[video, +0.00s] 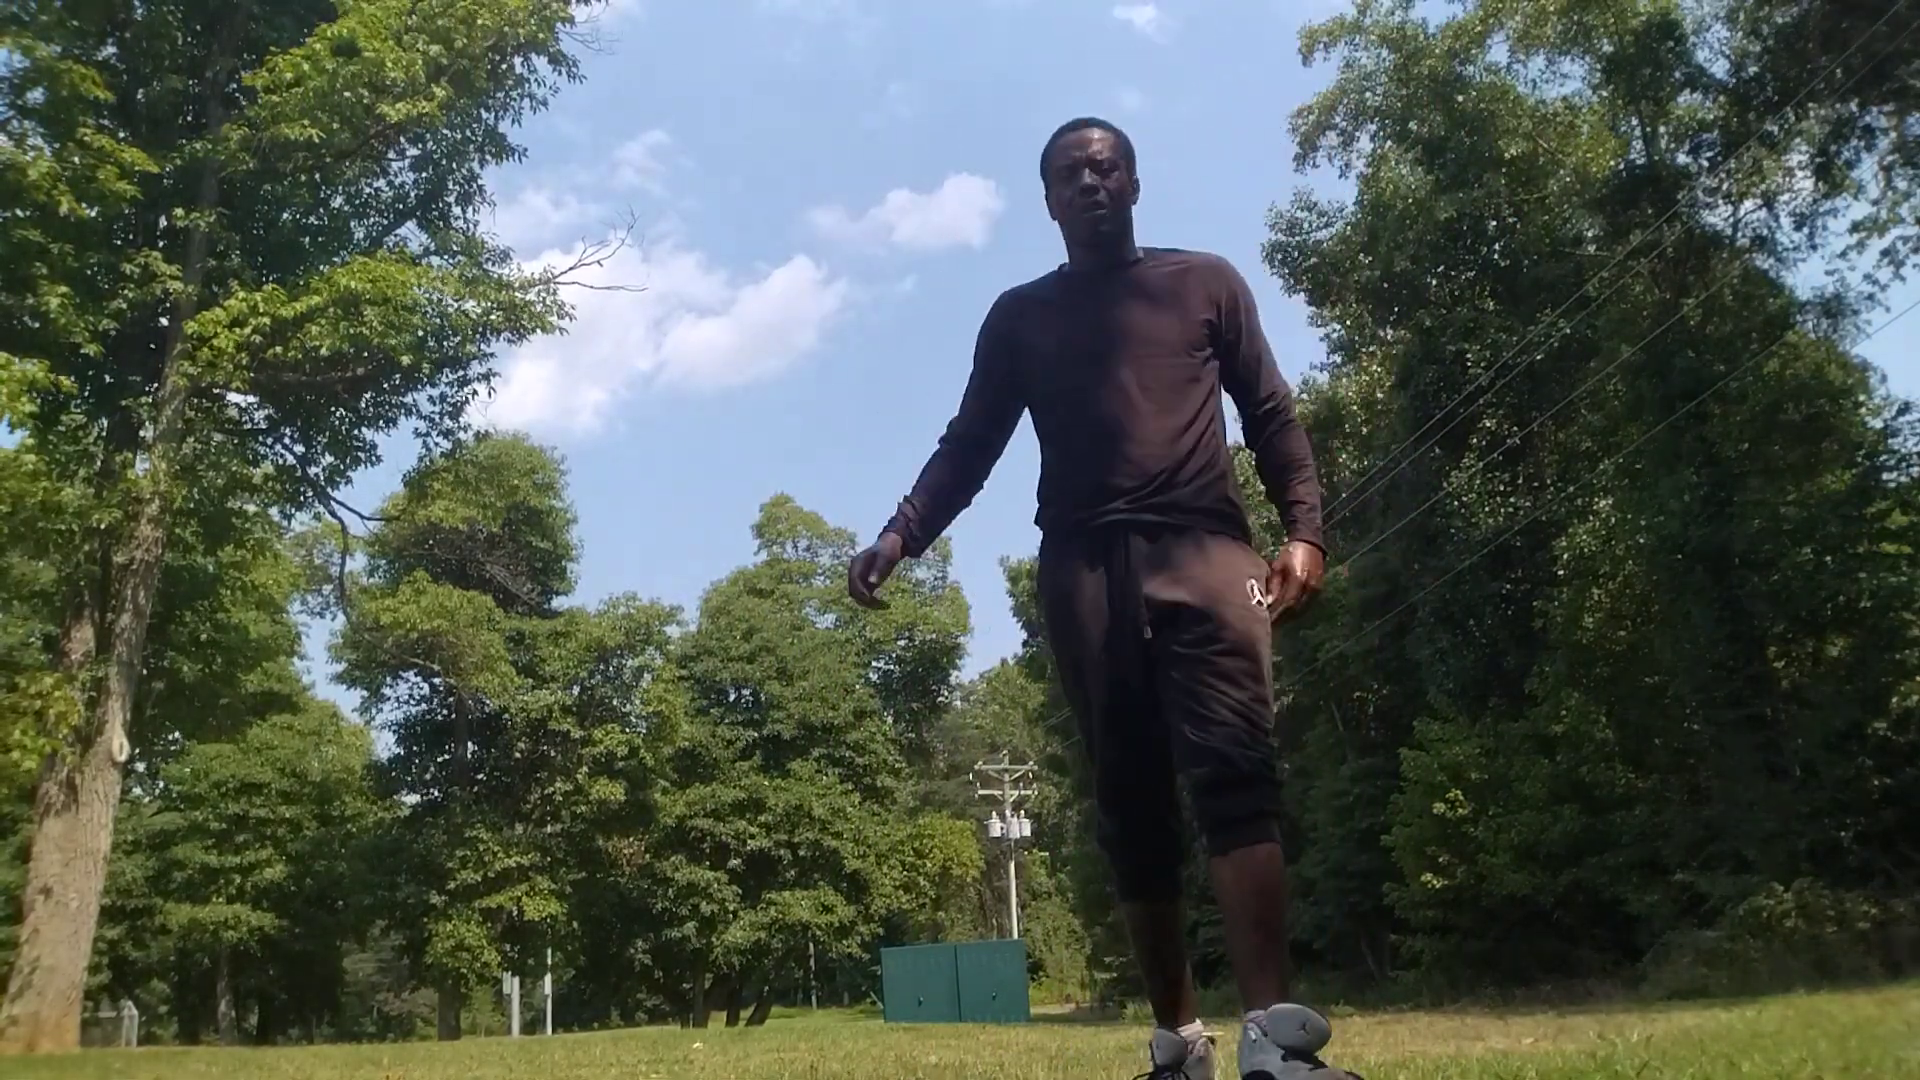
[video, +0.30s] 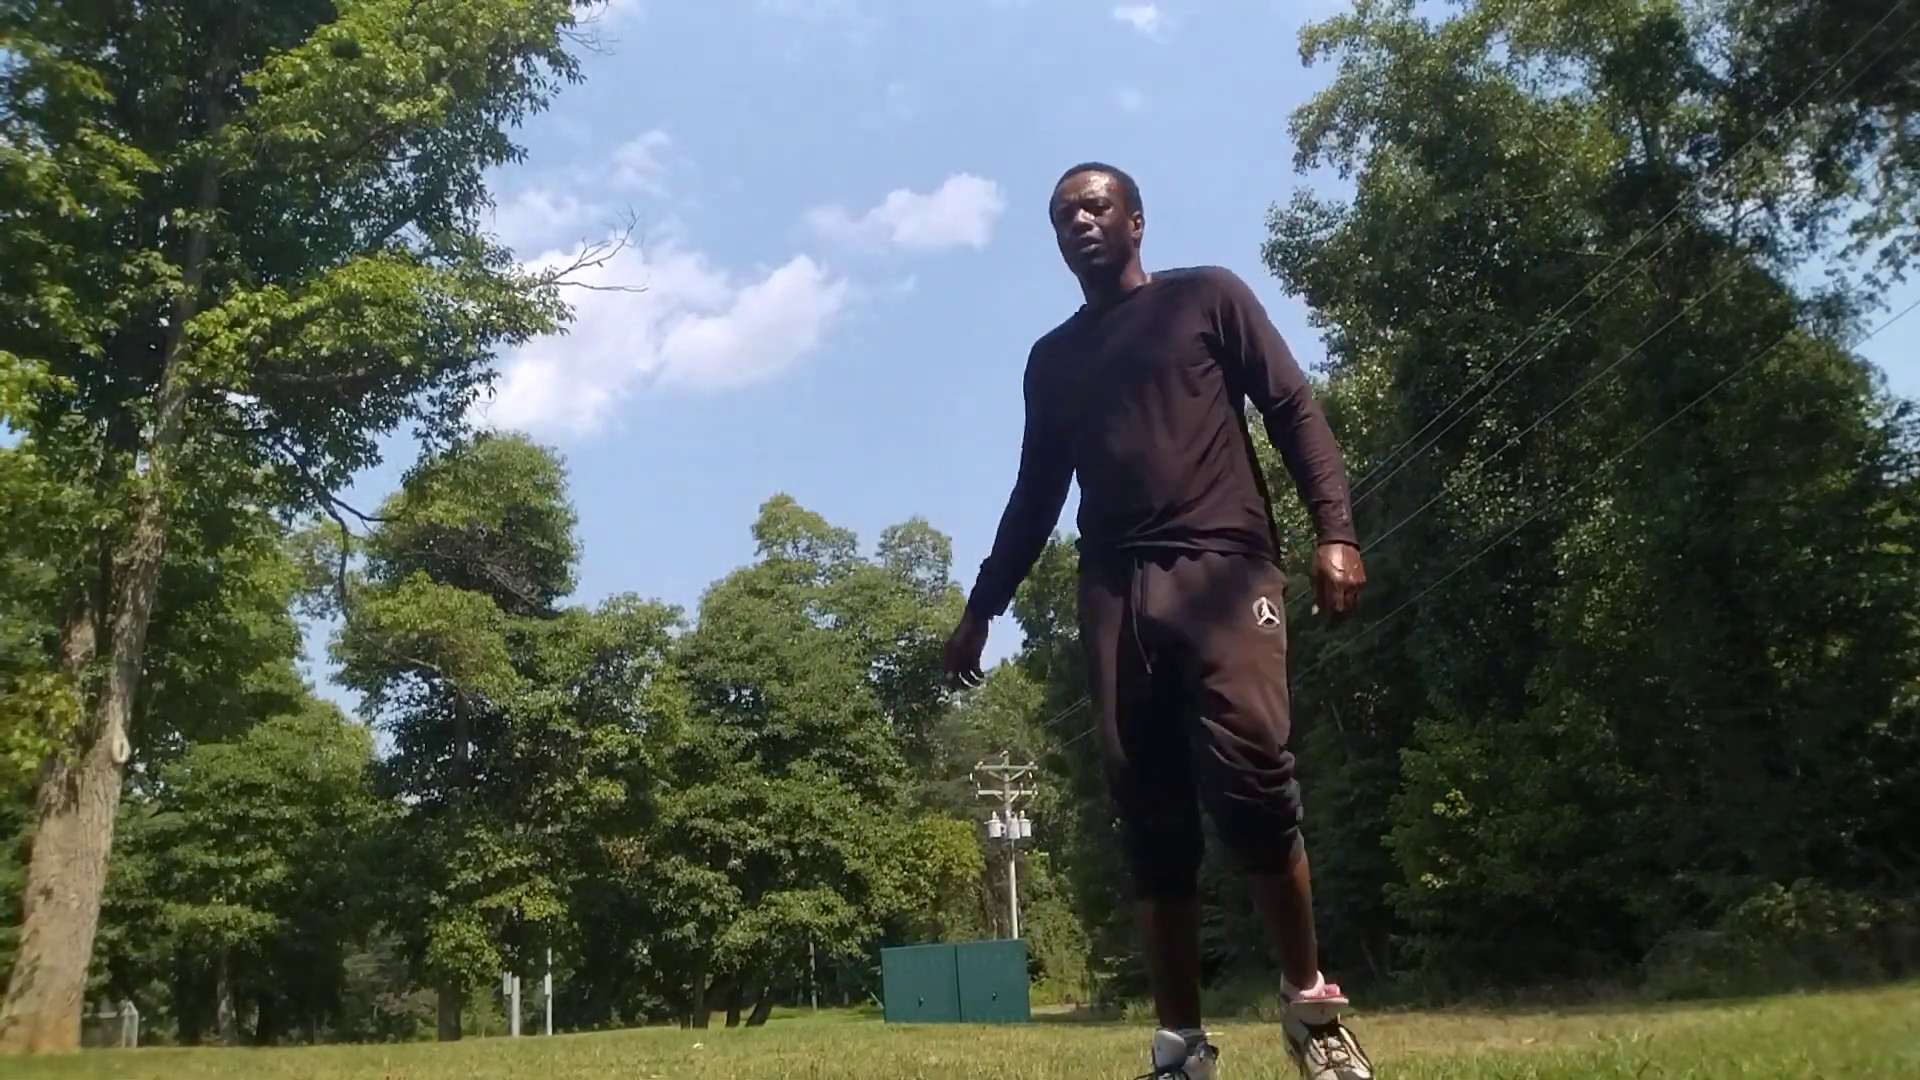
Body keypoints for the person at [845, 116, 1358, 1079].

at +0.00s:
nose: (1091, 179)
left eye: (1106, 164)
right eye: (1070, 170)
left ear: (1136, 185)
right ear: (1047, 200)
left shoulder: (1207, 282)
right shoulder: (1020, 316)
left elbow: (1272, 413)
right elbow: (970, 444)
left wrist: (1304, 529)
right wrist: (896, 540)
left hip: (1204, 542)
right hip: (1084, 562)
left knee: (1237, 769)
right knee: (1130, 793)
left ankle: (1271, 1032)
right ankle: (1178, 1036)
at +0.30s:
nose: (1079, 220)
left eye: (1096, 205)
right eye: (1065, 212)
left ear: (1137, 222)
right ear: (1055, 239)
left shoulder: (1209, 295)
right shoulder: (1052, 359)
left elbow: (1292, 409)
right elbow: (1035, 496)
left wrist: (1336, 530)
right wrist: (978, 611)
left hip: (1226, 567)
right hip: (1115, 586)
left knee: (1253, 776)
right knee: (1146, 805)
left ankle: (1311, 1006)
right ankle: (1180, 1037)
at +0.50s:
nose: (1121, 245)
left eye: (1139, 231)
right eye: (1110, 237)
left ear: (1181, 248)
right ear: (1103, 261)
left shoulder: (1244, 315)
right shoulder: (1105, 374)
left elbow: (1325, 420)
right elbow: (1118, 514)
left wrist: (1354, 527)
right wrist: (1088, 630)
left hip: (1252, 594)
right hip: (1146, 606)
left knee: (1303, 815)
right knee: (1172, 831)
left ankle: (1387, 1016)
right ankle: (1181, 1051)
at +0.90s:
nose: (1253, 298)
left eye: (1267, 283)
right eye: (1239, 287)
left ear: (1301, 292)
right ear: (1224, 304)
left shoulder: (1362, 372)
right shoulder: (1210, 406)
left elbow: (1435, 485)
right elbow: (1197, 520)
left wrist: (1450, 601)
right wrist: (1162, 610)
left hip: (1363, 619)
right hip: (1261, 628)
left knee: (1386, 821)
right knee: (1243, 809)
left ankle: (1400, 1042)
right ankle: (1268, 1029)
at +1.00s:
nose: (1273, 307)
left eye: (1287, 292)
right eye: (1259, 296)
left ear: (1321, 299)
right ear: (1244, 312)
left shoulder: (1385, 385)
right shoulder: (1230, 416)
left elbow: (1456, 504)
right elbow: (1205, 527)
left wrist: (1500, 628)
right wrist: (1158, 618)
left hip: (1382, 624)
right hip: (1282, 634)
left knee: (1394, 828)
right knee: (1269, 819)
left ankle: (1403, 1044)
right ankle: (1339, 1010)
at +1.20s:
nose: (1314, 322)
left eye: (1328, 308)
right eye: (1300, 311)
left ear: (1359, 318)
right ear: (1285, 327)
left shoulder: (1419, 402)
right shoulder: (1263, 431)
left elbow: (1490, 513)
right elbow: (1234, 538)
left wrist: (1548, 628)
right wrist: (1188, 625)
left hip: (1409, 633)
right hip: (1321, 646)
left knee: (1407, 837)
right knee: (1356, 840)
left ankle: (1406, 1047)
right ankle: (1493, 985)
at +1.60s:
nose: (1354, 365)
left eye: (1368, 351)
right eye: (1343, 355)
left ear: (1403, 362)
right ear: (1333, 371)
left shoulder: (1458, 425)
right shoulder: (1338, 467)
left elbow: (1535, 520)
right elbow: (1345, 577)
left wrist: (1548, 625)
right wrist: (1320, 671)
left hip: (1473, 646)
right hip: (1407, 665)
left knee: (1457, 825)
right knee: (1490, 836)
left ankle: (1452, 1041)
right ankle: (1566, 1029)